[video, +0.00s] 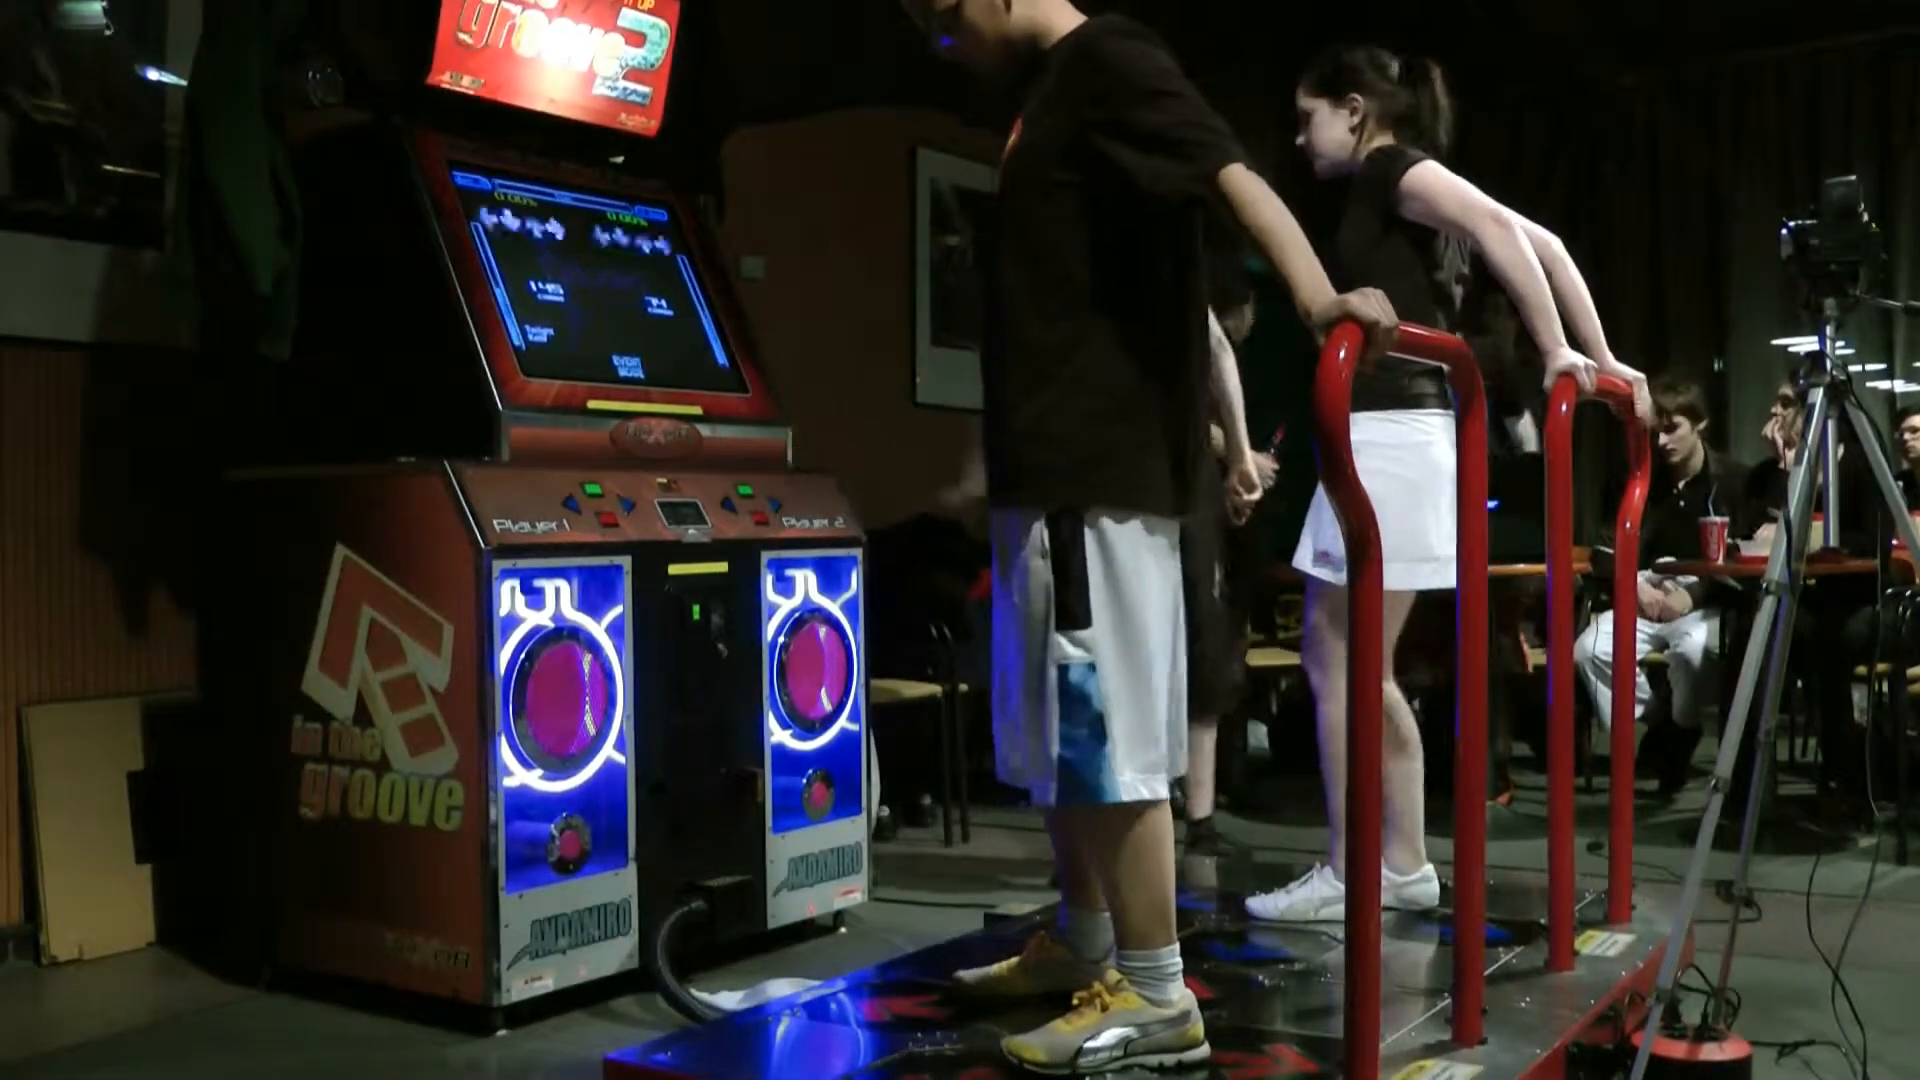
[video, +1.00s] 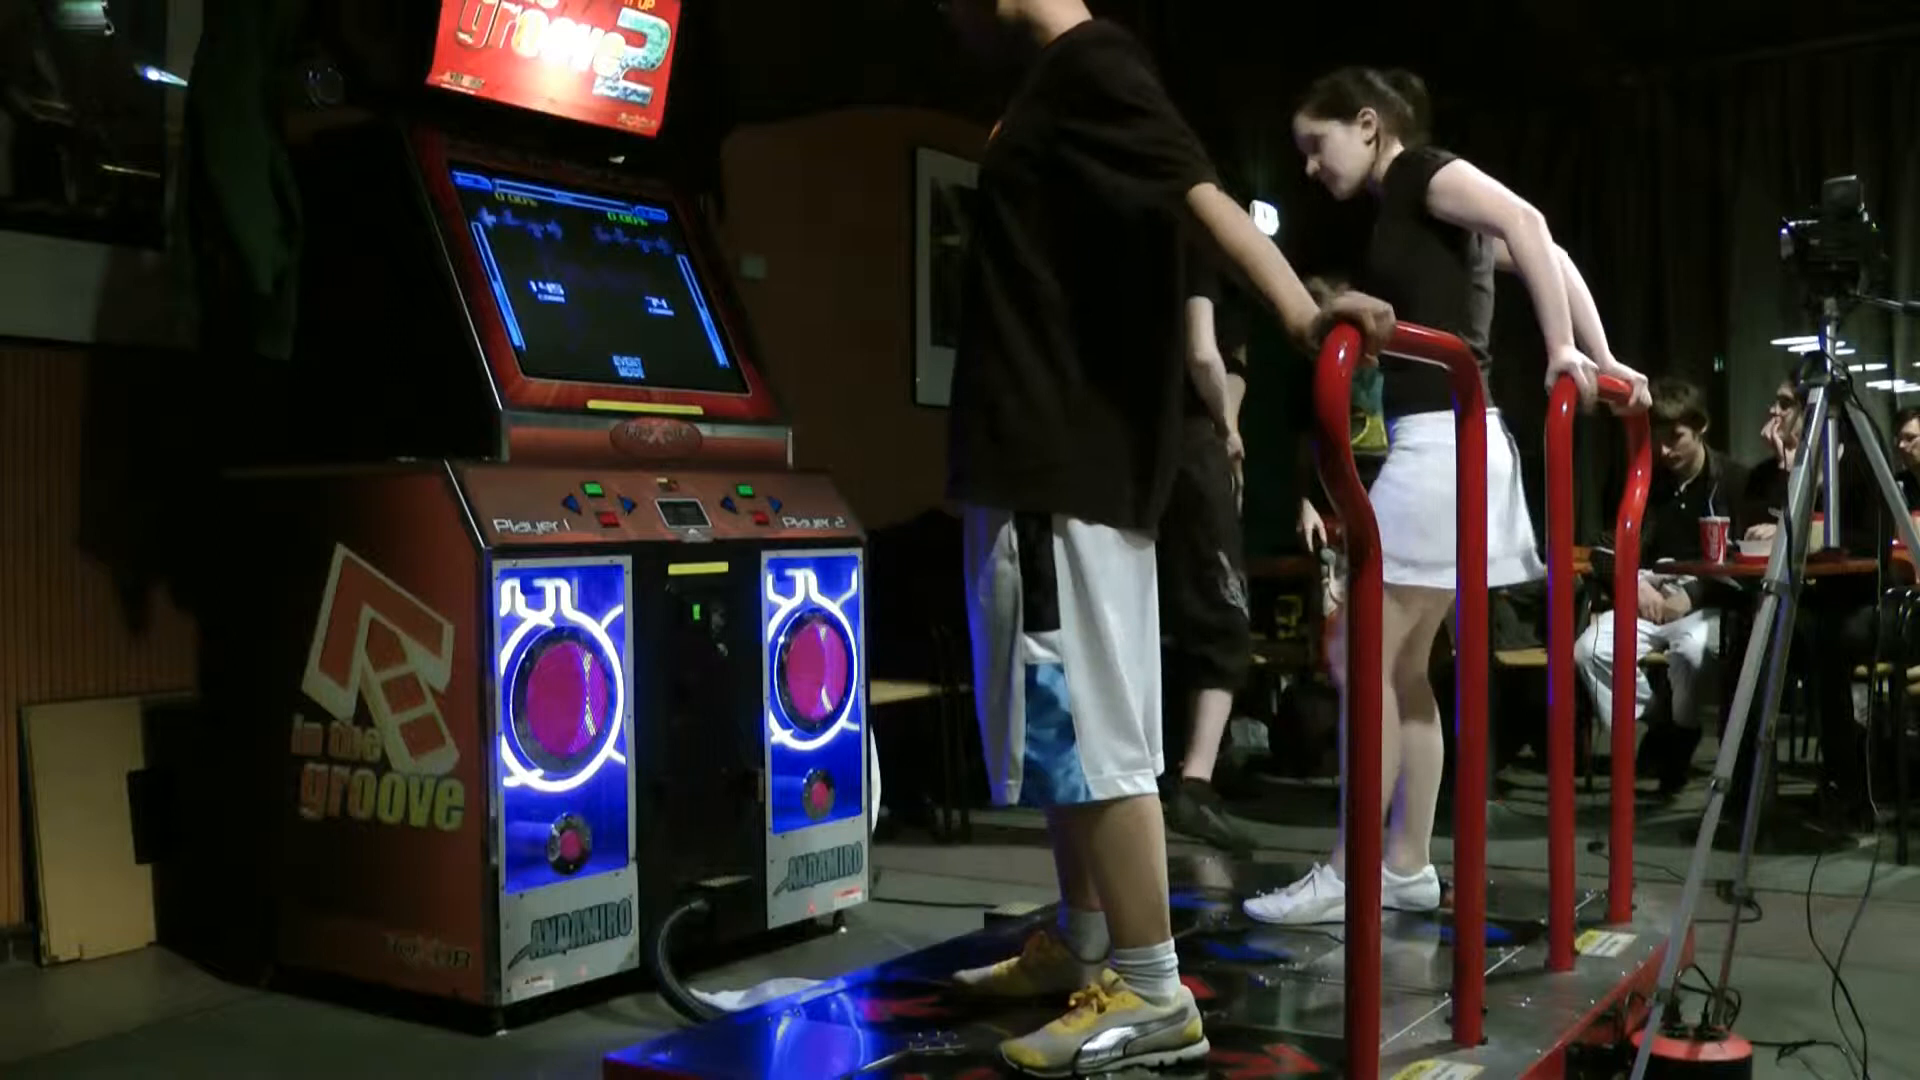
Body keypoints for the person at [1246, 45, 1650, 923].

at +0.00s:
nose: (1302, 136)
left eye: (1309, 118)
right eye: (1301, 119)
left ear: (1355, 109)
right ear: (1367, 113)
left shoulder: (1389, 169)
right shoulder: (1410, 177)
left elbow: (1502, 231)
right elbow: (1545, 244)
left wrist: (1557, 353)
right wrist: (1602, 358)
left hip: (1384, 444)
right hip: (1408, 445)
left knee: (1331, 654)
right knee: (1370, 665)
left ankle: (1345, 870)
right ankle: (1405, 864)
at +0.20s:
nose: (1301, 138)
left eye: (1310, 119)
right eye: (1298, 123)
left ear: (1366, 108)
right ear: (1366, 115)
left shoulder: (1397, 170)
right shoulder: (1414, 178)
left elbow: (1502, 232)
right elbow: (1544, 246)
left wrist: (1557, 354)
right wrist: (1603, 359)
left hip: (1395, 447)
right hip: (1425, 448)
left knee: (1346, 665)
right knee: (1392, 674)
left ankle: (1347, 870)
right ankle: (1406, 866)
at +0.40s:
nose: (1310, 155)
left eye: (1317, 134)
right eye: (1303, 141)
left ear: (1372, 118)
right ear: (1372, 127)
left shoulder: (1413, 176)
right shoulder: (1428, 191)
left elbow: (1516, 232)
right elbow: (1555, 257)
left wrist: (1560, 353)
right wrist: (1600, 358)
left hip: (1410, 452)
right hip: (1440, 452)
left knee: (1342, 659)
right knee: (1405, 673)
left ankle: (1347, 870)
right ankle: (1408, 867)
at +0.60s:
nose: (1314, 175)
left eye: (1318, 154)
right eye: (1303, 163)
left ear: (1366, 127)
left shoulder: (1423, 177)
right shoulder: (1410, 210)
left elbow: (1527, 221)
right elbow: (1551, 260)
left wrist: (1557, 345)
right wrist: (1599, 357)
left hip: (1435, 449)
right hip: (1459, 450)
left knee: (1367, 653)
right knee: (1421, 673)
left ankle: (1356, 862)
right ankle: (1413, 864)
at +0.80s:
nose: (1316, 179)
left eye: (1320, 157)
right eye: (1305, 167)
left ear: (1368, 128)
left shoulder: (1422, 175)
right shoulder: (1408, 203)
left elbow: (1528, 225)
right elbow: (1551, 254)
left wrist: (1558, 349)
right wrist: (1600, 356)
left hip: (1445, 449)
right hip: (1463, 448)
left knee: (1381, 666)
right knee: (1423, 677)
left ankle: (1358, 863)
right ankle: (1415, 866)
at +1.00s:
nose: (1311, 163)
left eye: (1319, 142)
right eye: (1305, 148)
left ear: (1372, 127)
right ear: (1369, 136)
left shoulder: (1419, 176)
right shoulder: (1409, 198)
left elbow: (1524, 227)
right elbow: (1559, 255)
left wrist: (1560, 352)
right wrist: (1603, 358)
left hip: (1436, 450)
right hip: (1447, 449)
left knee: (1369, 659)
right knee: (1409, 670)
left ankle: (1350, 870)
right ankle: (1408, 866)